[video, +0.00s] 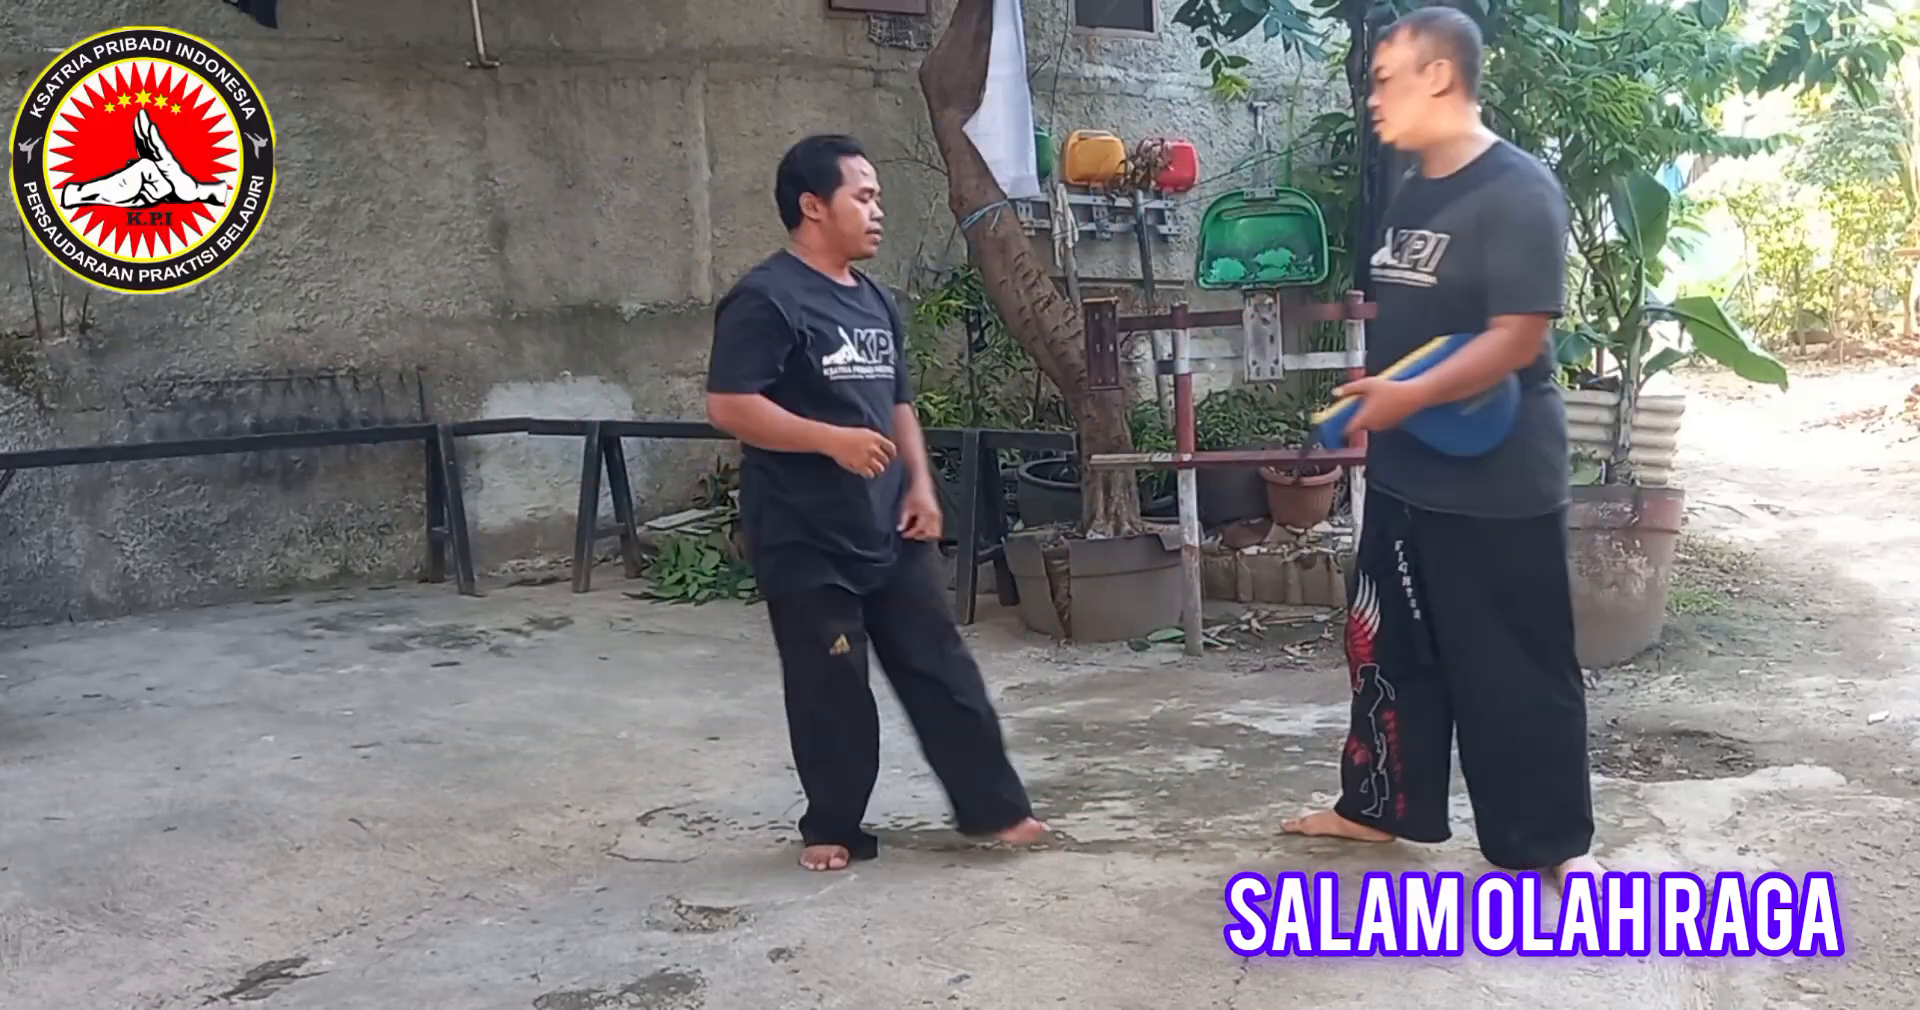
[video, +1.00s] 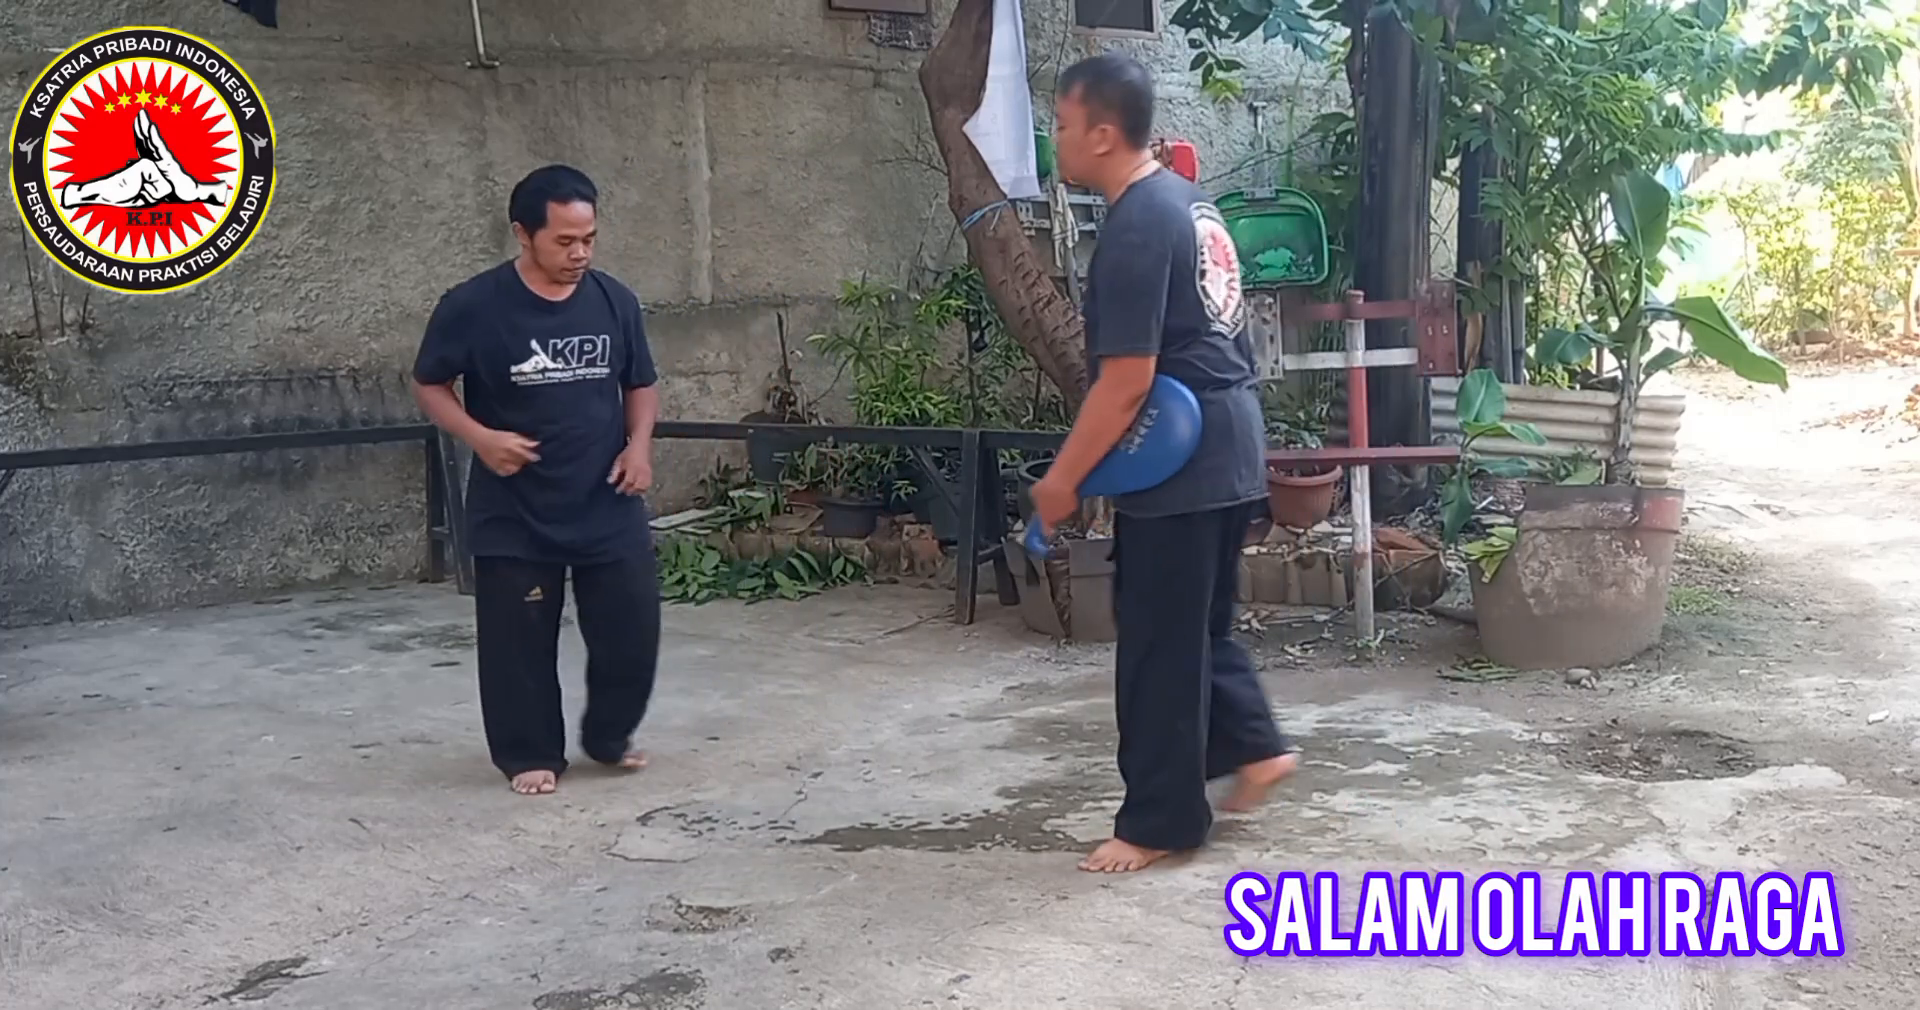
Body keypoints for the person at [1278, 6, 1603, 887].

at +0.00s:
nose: (1373, 102)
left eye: (1386, 82)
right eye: (1372, 86)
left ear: (1443, 79)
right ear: (1429, 86)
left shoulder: (1520, 188)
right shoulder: (1412, 188)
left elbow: (1522, 337)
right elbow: (1414, 326)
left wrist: (1409, 397)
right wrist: (1373, 411)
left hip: (1497, 483)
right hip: (1408, 468)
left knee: (1517, 671)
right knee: (1392, 647)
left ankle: (1543, 853)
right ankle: (1379, 806)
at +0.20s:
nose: (1298, 109)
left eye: (1307, 90)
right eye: (1299, 92)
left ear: (1349, 87)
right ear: (1356, 90)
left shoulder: (1408, 185)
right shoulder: (1366, 190)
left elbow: (1404, 331)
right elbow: (1365, 330)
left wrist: (1293, 391)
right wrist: (1283, 384)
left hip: (1420, 464)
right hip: (1367, 458)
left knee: (1442, 643)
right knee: (1367, 633)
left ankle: (1556, 824)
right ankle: (1369, 803)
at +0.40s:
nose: (1258, 112)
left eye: (1265, 93)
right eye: (1259, 95)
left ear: (1305, 91)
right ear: (1322, 92)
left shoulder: (1347, 187)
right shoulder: (1353, 178)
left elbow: (1335, 325)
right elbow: (1338, 326)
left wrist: (1212, 379)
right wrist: (1232, 385)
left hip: (1364, 446)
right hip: (1358, 441)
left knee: (1342, 627)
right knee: (1357, 622)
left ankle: (1417, 822)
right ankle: (1355, 801)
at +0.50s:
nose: (1241, 111)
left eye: (1247, 93)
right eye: (1243, 94)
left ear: (1288, 92)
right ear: (1307, 95)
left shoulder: (1322, 189)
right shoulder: (1350, 178)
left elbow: (1319, 331)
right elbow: (1341, 330)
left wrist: (1227, 421)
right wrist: (1245, 418)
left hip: (1335, 461)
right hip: (1375, 455)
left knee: (1305, 635)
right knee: (1369, 628)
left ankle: (1322, 836)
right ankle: (1373, 807)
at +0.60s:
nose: (1213, 107)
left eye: (1223, 91)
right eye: (1218, 90)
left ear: (1264, 100)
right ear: (1280, 102)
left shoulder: (1290, 198)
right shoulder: (1321, 187)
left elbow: (1290, 346)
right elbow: (1330, 337)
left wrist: (1257, 465)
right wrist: (1282, 451)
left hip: (1312, 463)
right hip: (1353, 458)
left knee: (1260, 636)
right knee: (1355, 637)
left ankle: (1219, 819)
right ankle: (1364, 805)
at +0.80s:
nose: (1152, 124)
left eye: (1161, 108)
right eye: (1156, 108)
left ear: (1200, 117)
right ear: (1216, 118)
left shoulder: (1229, 212)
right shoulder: (1266, 200)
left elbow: (1226, 363)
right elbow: (1267, 348)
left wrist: (1165, 481)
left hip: (1248, 482)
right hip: (1301, 473)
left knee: (1200, 657)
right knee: (1319, 644)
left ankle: (1161, 822)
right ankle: (1357, 802)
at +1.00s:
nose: (1055, 141)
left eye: (1064, 126)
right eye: (1057, 125)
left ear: (1104, 131)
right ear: (1126, 132)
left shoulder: (1137, 220)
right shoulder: (1180, 201)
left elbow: (1128, 378)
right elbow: (1192, 349)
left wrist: (1062, 476)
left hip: (1178, 468)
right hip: (1223, 458)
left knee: (1158, 645)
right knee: (1199, 624)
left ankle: (1163, 823)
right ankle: (1257, 747)